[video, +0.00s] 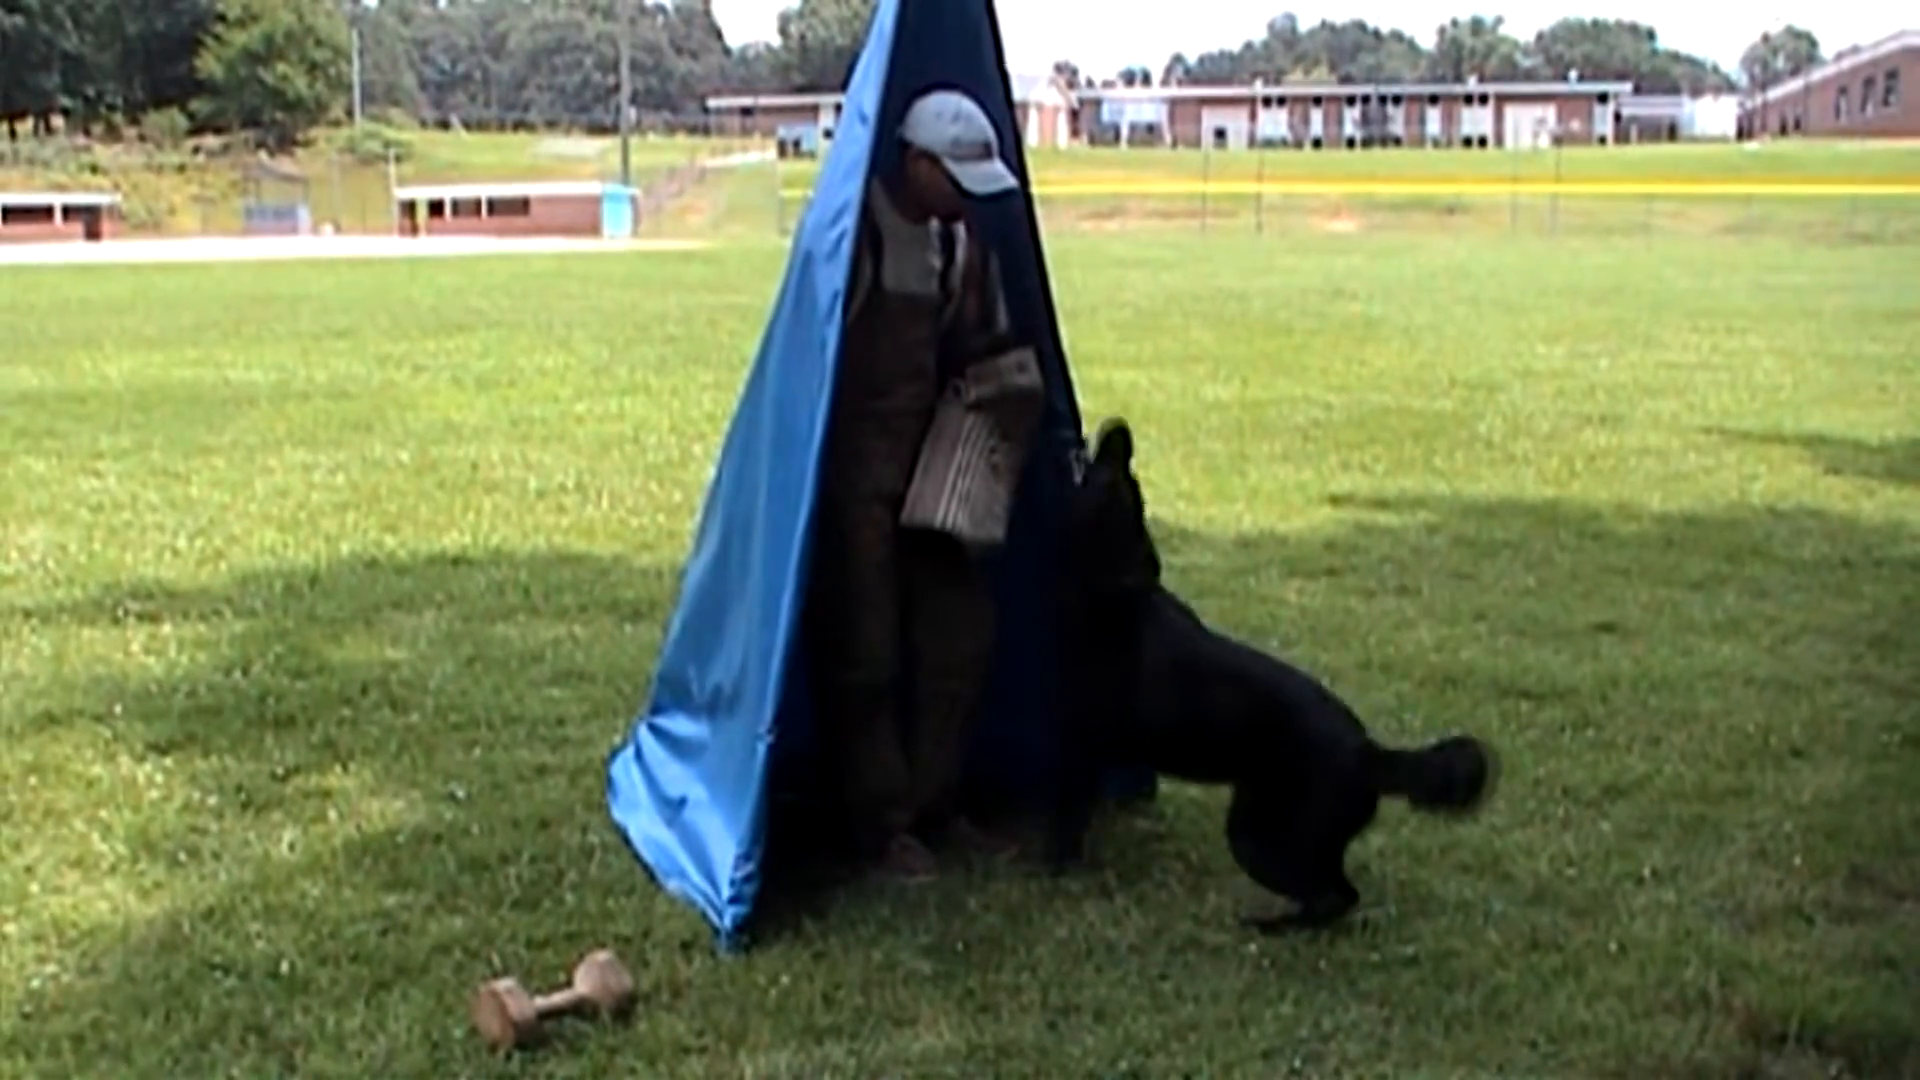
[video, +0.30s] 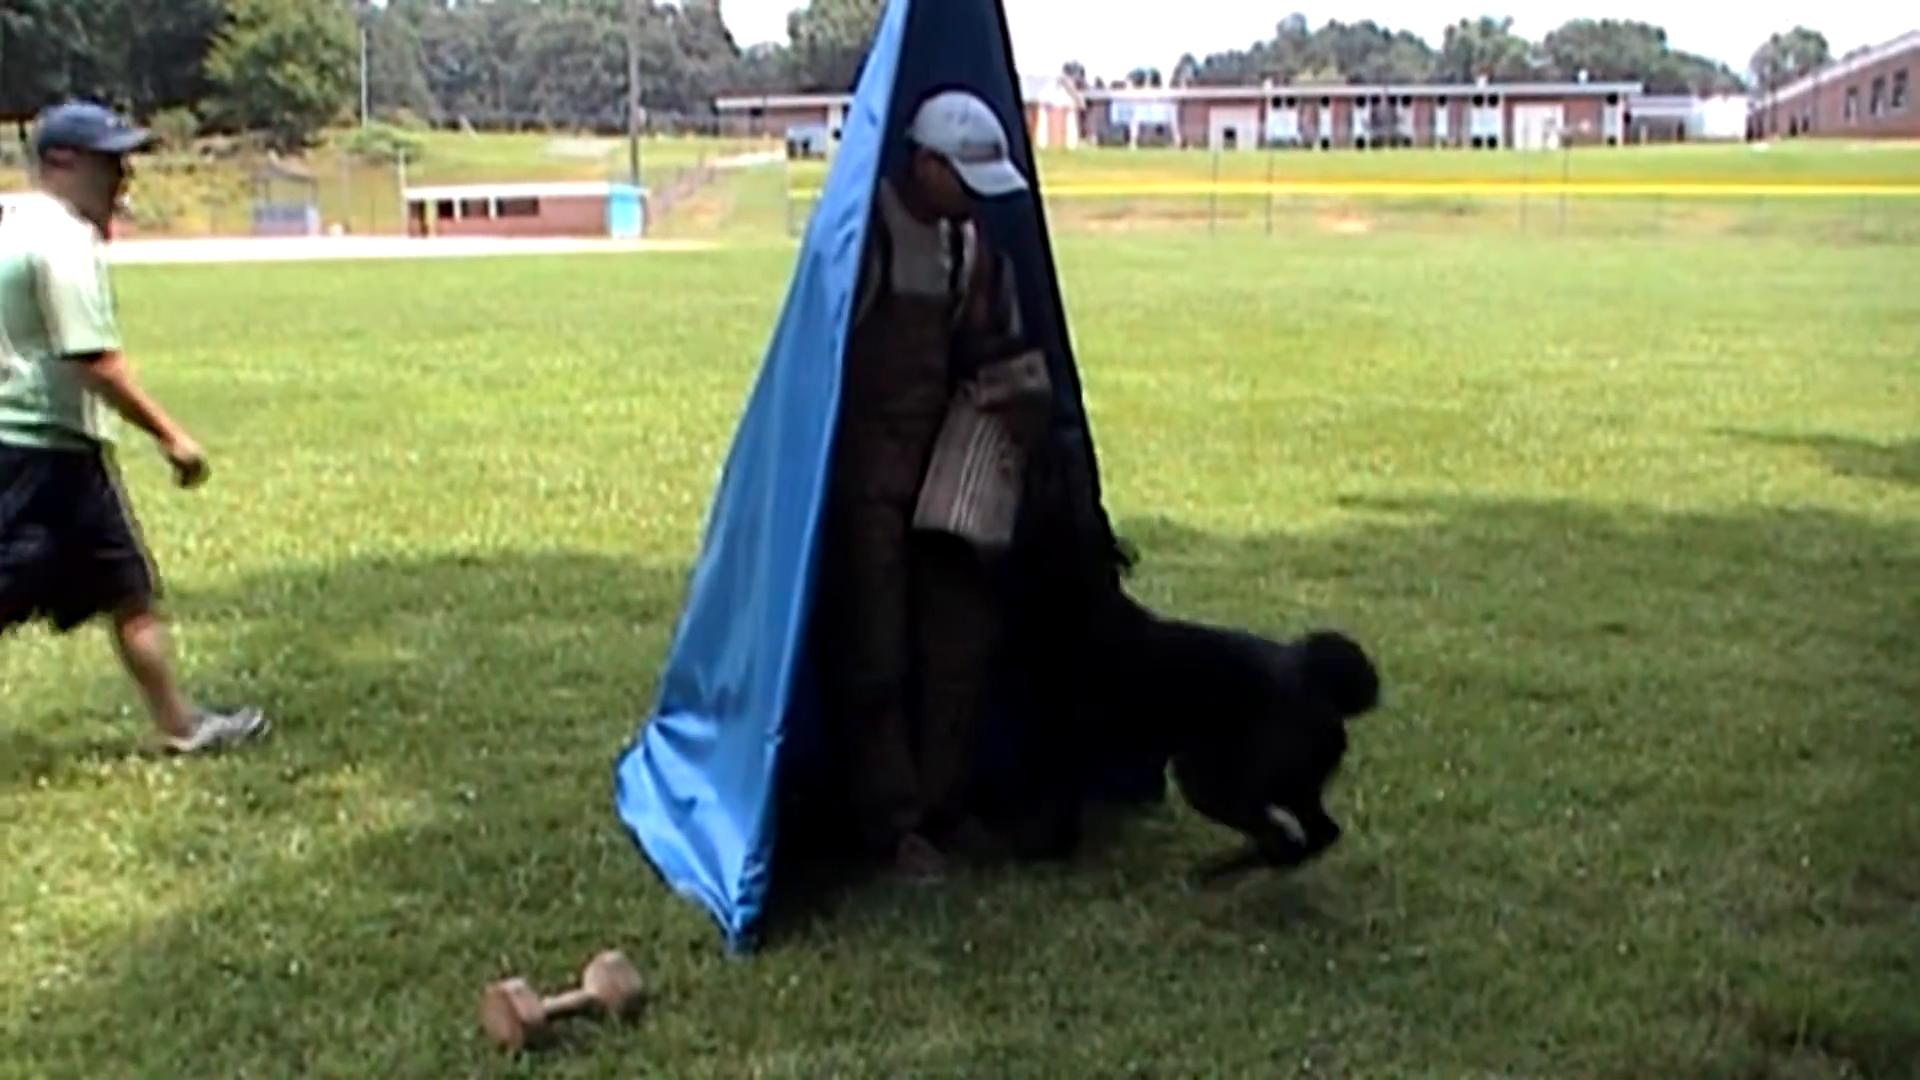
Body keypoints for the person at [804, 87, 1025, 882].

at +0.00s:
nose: (964, 198)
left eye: (971, 183)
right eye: (954, 180)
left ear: (965, 174)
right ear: (912, 162)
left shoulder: (967, 248)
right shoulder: (848, 241)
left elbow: (995, 361)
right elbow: (809, 370)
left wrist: (1003, 382)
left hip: (945, 478)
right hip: (856, 480)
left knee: (952, 640)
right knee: (871, 652)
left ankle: (938, 808)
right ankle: (881, 826)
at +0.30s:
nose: (973, 196)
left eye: (980, 182)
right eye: (963, 179)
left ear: (977, 173)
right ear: (920, 162)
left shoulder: (978, 252)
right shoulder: (857, 244)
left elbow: (1007, 363)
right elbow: (817, 366)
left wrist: (1019, 386)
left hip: (955, 484)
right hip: (866, 484)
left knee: (955, 646)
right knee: (878, 655)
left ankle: (944, 813)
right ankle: (893, 828)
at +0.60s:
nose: (980, 197)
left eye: (987, 183)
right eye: (970, 180)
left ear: (984, 173)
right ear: (928, 162)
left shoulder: (984, 250)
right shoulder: (864, 243)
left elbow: (1011, 362)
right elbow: (823, 366)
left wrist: (1026, 384)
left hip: (960, 484)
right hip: (872, 484)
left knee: (965, 646)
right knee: (886, 657)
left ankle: (940, 817)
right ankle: (900, 830)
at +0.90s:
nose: (980, 199)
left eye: (987, 185)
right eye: (970, 182)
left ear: (986, 174)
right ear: (928, 164)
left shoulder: (986, 248)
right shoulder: (865, 243)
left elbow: (1014, 363)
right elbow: (826, 370)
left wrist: (1025, 382)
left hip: (962, 488)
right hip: (875, 488)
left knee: (969, 647)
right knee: (888, 657)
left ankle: (951, 811)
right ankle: (900, 829)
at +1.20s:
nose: (978, 199)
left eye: (985, 185)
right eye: (968, 182)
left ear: (981, 173)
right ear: (926, 163)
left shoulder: (982, 249)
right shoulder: (863, 243)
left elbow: (1019, 361)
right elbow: (825, 366)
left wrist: (1020, 382)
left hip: (962, 486)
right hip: (874, 485)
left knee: (970, 644)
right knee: (888, 654)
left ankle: (950, 810)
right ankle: (899, 826)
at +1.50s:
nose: (980, 197)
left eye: (987, 184)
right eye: (970, 181)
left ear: (980, 171)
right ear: (928, 164)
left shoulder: (984, 246)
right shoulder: (865, 242)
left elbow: (1002, 359)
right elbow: (821, 366)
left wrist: (1029, 383)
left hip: (964, 484)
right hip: (876, 483)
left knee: (972, 644)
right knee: (888, 655)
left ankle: (952, 810)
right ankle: (899, 828)